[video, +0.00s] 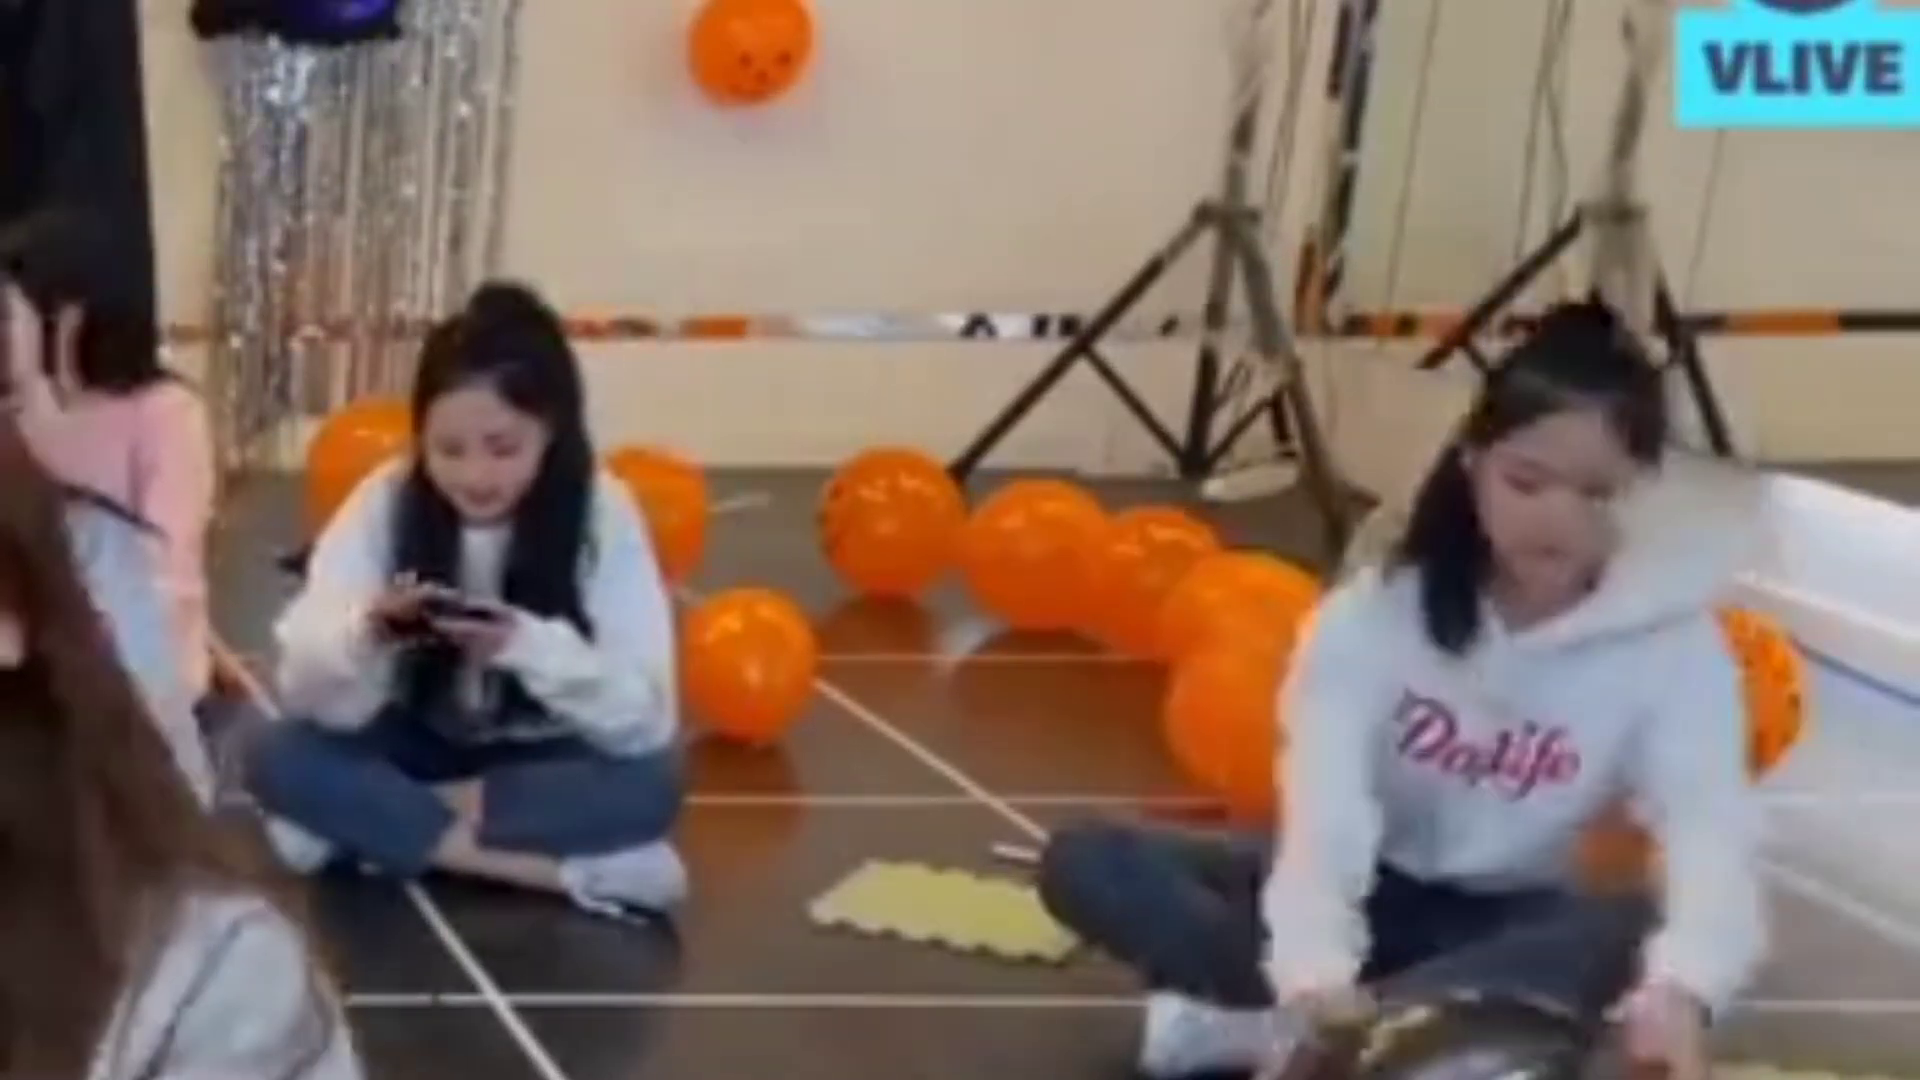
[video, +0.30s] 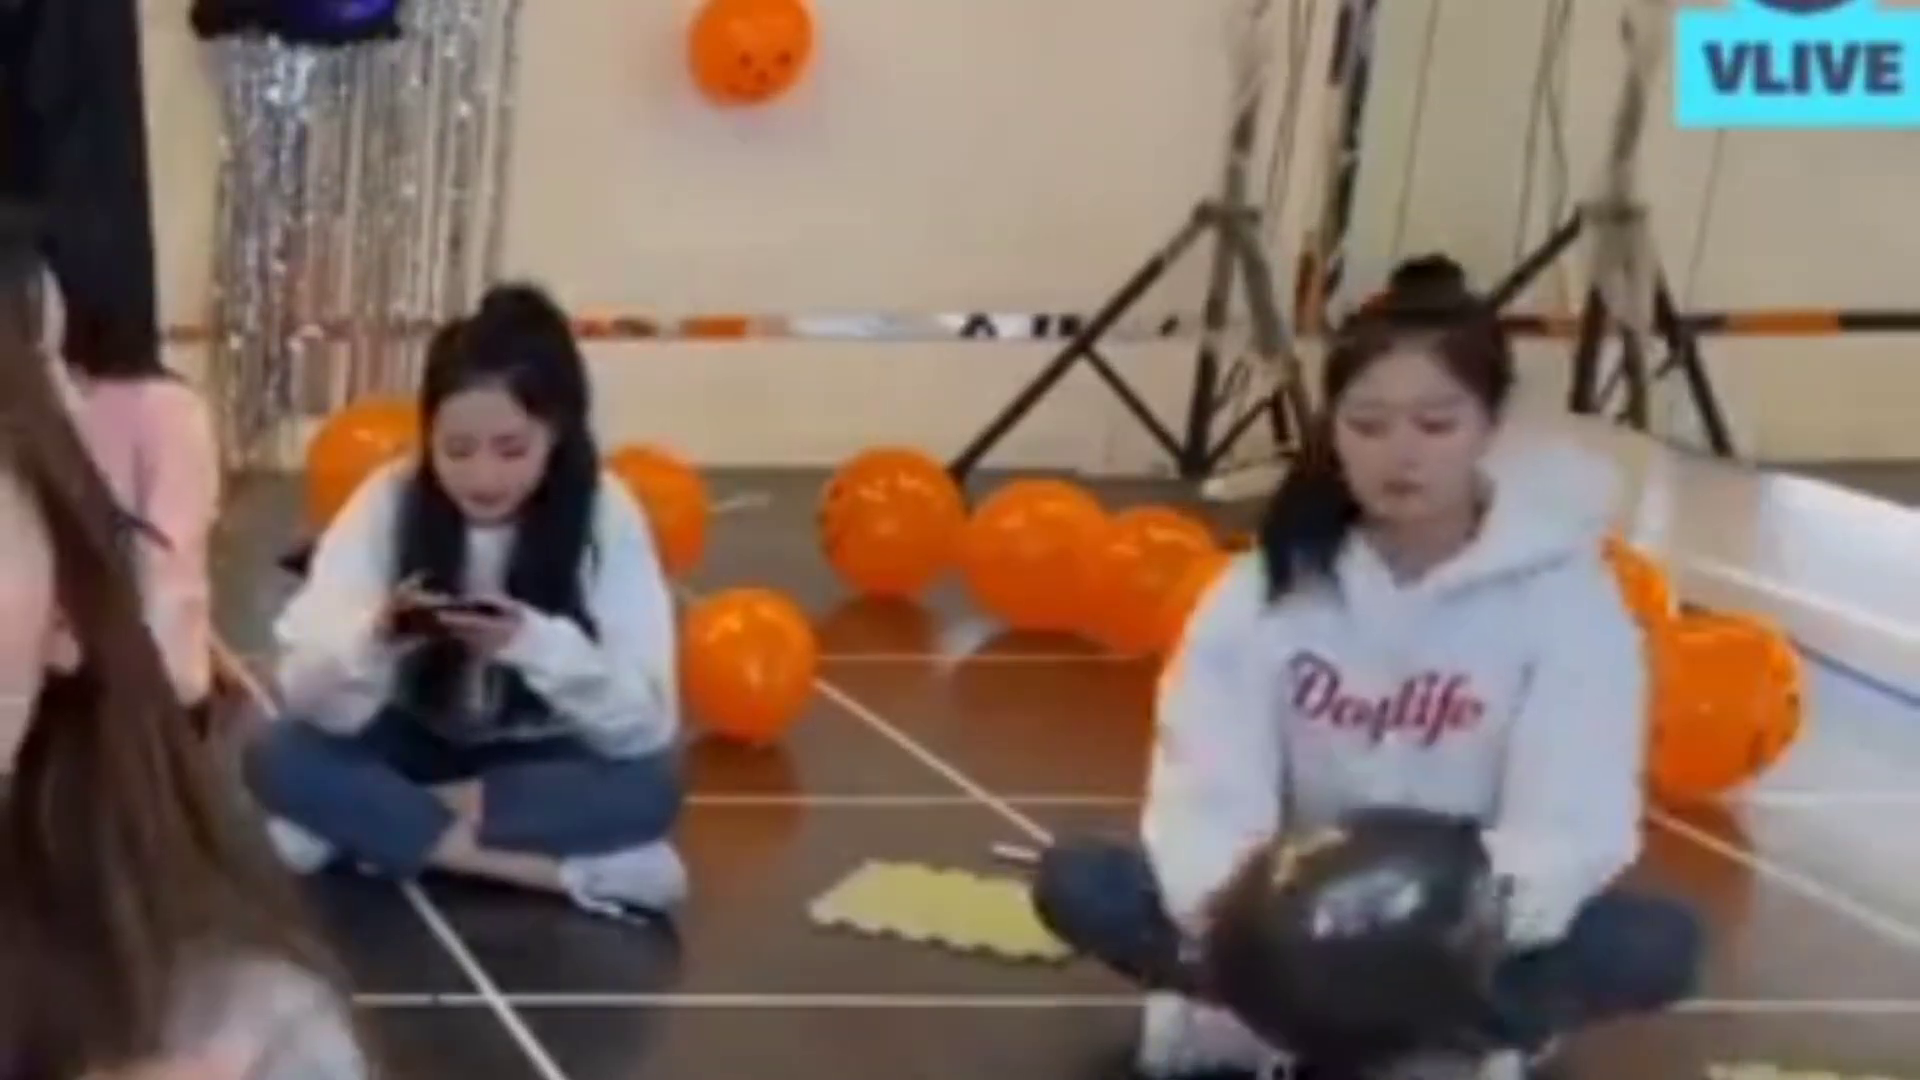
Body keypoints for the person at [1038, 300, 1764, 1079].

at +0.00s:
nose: (1557, 522)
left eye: (1594, 493)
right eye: (1525, 484)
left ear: (1636, 492)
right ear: (1472, 469)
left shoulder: (1671, 651)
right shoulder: (1363, 625)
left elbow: (1713, 851)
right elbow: (1323, 834)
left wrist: (1681, 993)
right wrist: (1319, 991)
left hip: (1506, 916)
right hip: (1346, 886)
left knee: (1614, 941)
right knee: (1084, 858)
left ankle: (1285, 1046)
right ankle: (1370, 1043)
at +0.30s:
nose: (1400, 456)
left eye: (1434, 425)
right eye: (1370, 426)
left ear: (1491, 430)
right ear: (1331, 432)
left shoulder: (1565, 599)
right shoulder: (1258, 593)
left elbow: (1579, 816)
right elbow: (1204, 786)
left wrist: (1463, 925)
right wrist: (1247, 922)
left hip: (1475, 887)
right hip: (1288, 880)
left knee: (1658, 943)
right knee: (1075, 882)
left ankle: (1265, 1033)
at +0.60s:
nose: (1442, 418)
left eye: (1481, 384)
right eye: (1413, 387)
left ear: (1536, 386)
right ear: (1380, 396)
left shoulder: (1606, 578)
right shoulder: (1317, 549)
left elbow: (1616, 803)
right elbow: (1213, 723)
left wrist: (1482, 876)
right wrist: (1241, 851)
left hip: (1474, 886)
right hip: (1293, 857)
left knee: (1660, 927)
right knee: (1083, 864)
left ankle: (1295, 1030)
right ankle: (1396, 1037)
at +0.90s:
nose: (1484, 388)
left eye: (1529, 367)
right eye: (1468, 359)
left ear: (1595, 397)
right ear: (1441, 375)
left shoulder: (1617, 584)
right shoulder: (1333, 536)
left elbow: (1577, 799)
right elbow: (1214, 696)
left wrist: (1424, 808)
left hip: (1464, 873)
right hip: (1293, 837)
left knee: (1634, 890)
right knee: (1111, 839)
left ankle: (1280, 1029)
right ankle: (1415, 1033)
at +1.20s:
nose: (1477, 406)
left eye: (1520, 383)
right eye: (1457, 372)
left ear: (1582, 403)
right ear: (1424, 377)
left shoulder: (1610, 576)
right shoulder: (1336, 514)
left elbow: (1632, 818)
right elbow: (1232, 673)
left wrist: (1565, 828)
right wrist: (1189, 769)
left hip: (1483, 889)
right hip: (1312, 865)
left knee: (1647, 929)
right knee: (1081, 862)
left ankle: (1288, 1027)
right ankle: (1406, 1047)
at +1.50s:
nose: (1456, 413)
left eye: (1501, 391)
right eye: (1442, 376)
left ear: (1571, 406)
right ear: (1408, 378)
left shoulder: (1608, 584)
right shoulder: (1319, 549)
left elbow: (1605, 810)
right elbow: (1227, 699)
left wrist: (1512, 859)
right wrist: (1208, 799)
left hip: (1471, 892)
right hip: (1303, 873)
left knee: (1642, 934)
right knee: (1081, 865)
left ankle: (1285, 1028)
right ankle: (1401, 1046)